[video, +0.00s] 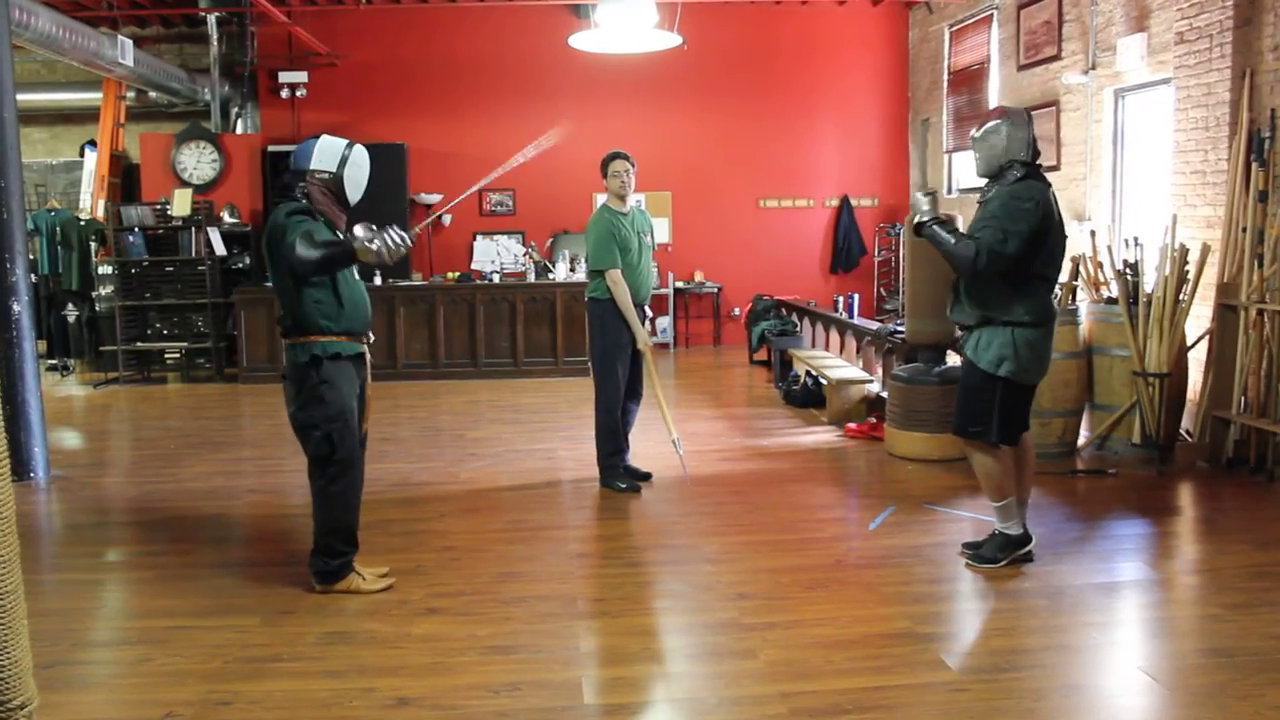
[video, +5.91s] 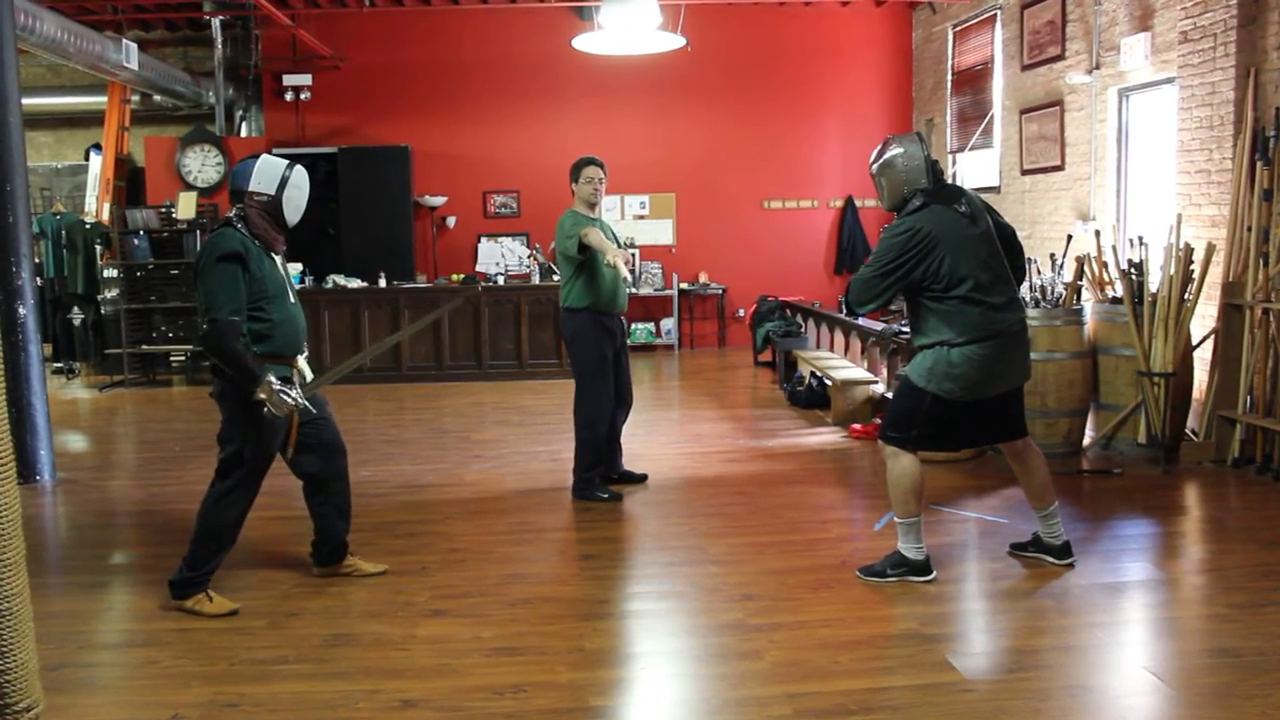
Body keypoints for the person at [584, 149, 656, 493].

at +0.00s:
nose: (624, 179)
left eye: (628, 173)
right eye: (616, 174)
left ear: (635, 178)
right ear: (605, 181)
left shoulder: (641, 216)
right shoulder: (602, 222)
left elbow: (645, 262)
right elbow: (614, 279)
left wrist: (645, 305)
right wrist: (637, 328)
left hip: (634, 307)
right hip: (608, 308)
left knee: (631, 390)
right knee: (611, 390)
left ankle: (619, 460)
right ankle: (609, 469)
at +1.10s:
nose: (628, 179)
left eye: (632, 174)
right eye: (621, 174)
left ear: (638, 179)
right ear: (608, 181)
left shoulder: (640, 219)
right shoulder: (605, 217)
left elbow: (652, 258)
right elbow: (621, 255)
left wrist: (652, 296)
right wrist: (648, 285)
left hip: (633, 308)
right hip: (607, 308)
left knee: (632, 389)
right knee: (611, 389)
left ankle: (620, 460)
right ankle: (610, 469)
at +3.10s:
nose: (601, 180)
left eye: (605, 175)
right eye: (594, 175)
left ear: (609, 181)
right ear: (579, 180)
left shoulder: (605, 220)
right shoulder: (574, 213)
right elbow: (598, 231)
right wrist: (620, 246)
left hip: (609, 314)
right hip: (584, 314)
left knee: (610, 395)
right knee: (584, 396)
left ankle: (606, 467)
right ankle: (580, 480)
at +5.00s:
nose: (599, 181)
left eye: (603, 175)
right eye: (591, 175)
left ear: (608, 181)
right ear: (576, 180)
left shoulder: (604, 220)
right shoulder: (573, 213)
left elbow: (621, 251)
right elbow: (592, 231)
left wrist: (625, 252)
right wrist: (614, 246)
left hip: (609, 314)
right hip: (583, 314)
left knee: (612, 394)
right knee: (585, 396)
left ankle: (608, 466)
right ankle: (582, 479)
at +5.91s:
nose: (596, 186)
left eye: (601, 181)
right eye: (589, 181)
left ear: (605, 186)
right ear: (574, 186)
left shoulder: (603, 226)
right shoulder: (571, 219)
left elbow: (613, 256)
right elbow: (590, 236)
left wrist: (623, 259)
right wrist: (612, 252)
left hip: (610, 319)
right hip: (585, 320)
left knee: (619, 398)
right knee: (594, 399)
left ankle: (610, 468)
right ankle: (585, 482)